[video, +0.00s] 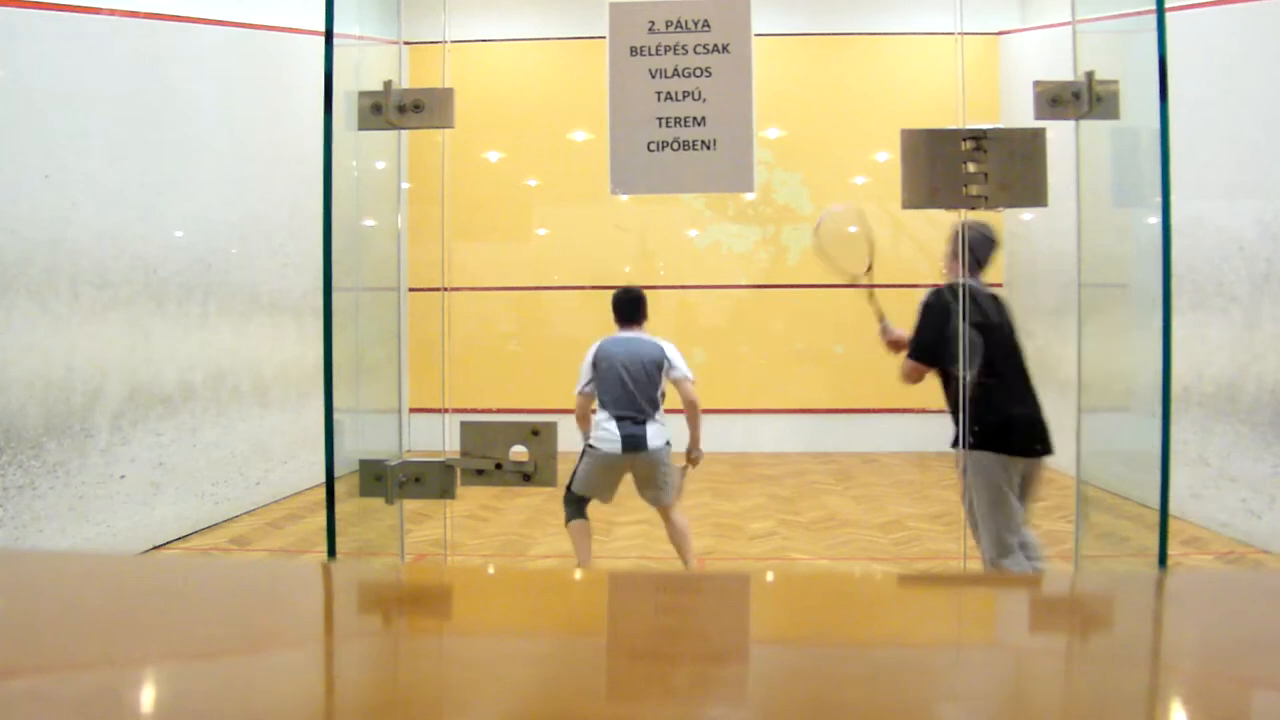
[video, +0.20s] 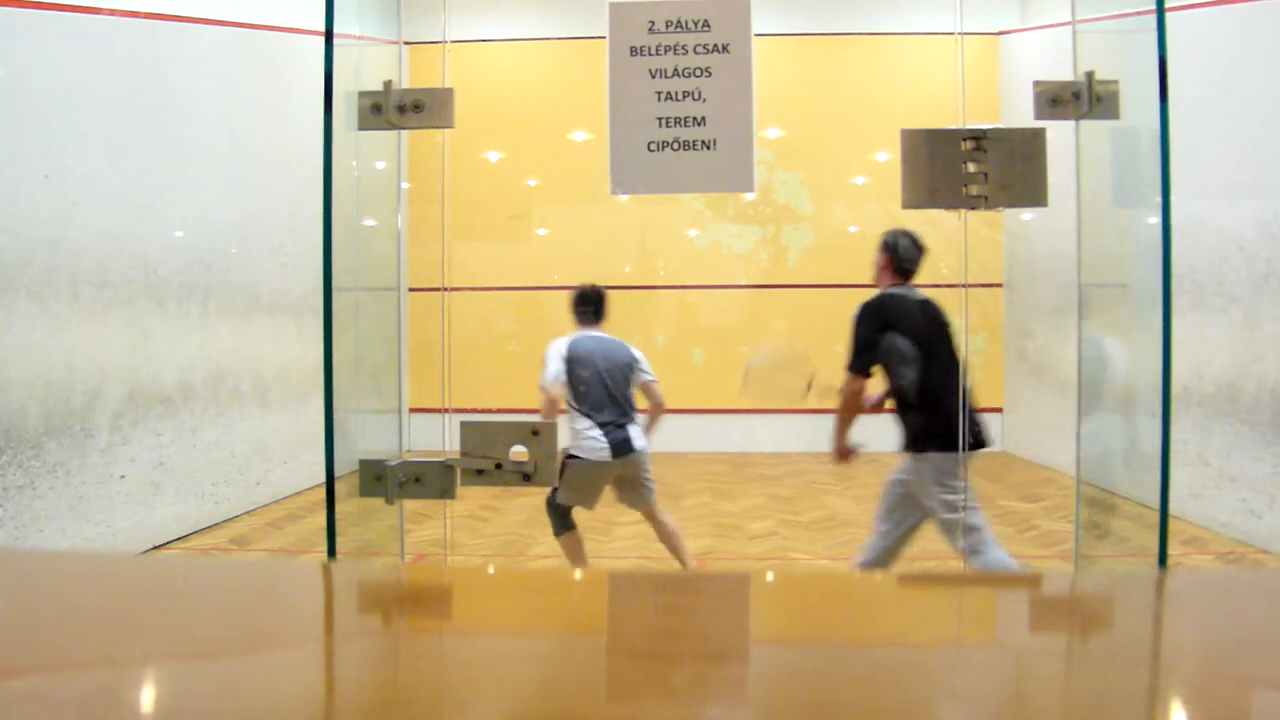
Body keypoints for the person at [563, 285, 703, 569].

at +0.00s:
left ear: (615, 315)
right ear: (645, 314)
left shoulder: (598, 350)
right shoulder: (664, 349)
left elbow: (582, 409)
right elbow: (691, 400)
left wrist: (591, 441)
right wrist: (694, 444)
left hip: (606, 442)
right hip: (651, 441)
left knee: (575, 501)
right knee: (668, 507)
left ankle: (584, 570)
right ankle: (692, 569)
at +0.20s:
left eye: (581, 308)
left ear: (575, 312)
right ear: (603, 312)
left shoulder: (561, 347)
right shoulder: (627, 349)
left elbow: (554, 399)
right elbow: (658, 403)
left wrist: (547, 421)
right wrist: (643, 435)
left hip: (589, 451)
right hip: (632, 446)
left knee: (557, 506)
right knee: (652, 510)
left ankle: (582, 574)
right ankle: (690, 566)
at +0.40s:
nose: (503, 289)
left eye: (504, 283)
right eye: (503, 283)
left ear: (512, 285)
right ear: (537, 284)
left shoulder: (523, 314)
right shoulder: (556, 318)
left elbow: (540, 363)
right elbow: (574, 373)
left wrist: (520, 416)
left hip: (569, 433)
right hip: (592, 429)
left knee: (533, 507)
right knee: (547, 505)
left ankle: (565, 578)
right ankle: (573, 574)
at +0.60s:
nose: (442, 304)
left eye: (446, 295)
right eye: (443, 295)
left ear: (465, 296)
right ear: (464, 298)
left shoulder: (500, 340)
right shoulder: (465, 350)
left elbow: (545, 401)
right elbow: (464, 414)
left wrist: (554, 461)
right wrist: (437, 448)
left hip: (522, 459)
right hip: (495, 460)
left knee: (483, 535)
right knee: (503, 543)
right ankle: (541, 598)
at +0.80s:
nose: (368, 298)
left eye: (373, 287)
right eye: (368, 287)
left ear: (393, 285)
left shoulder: (448, 329)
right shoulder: (389, 338)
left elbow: (467, 404)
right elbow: (357, 400)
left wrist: (442, 437)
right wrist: (322, 393)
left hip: (462, 466)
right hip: (420, 467)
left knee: (441, 569)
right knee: (396, 564)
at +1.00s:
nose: (259, 313)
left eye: (263, 302)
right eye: (258, 303)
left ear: (285, 298)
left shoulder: (357, 329)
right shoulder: (283, 355)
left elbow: (345, 397)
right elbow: (237, 394)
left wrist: (264, 431)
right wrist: (249, 333)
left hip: (386, 499)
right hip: (327, 497)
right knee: (276, 583)